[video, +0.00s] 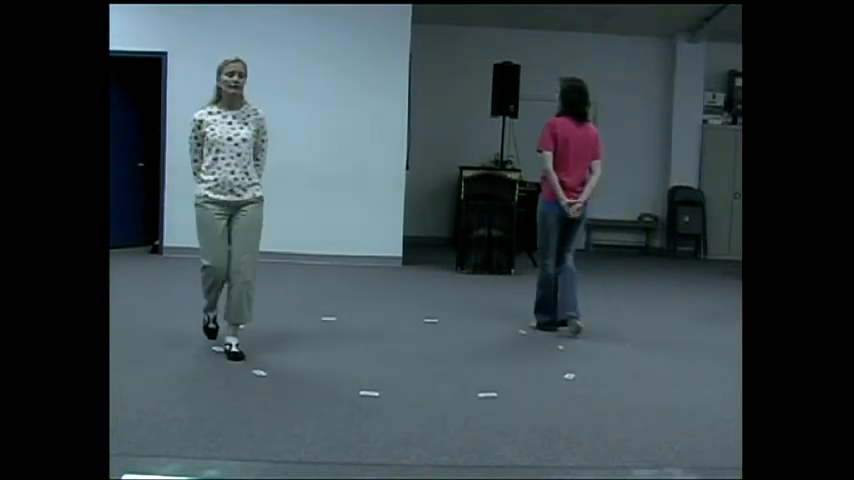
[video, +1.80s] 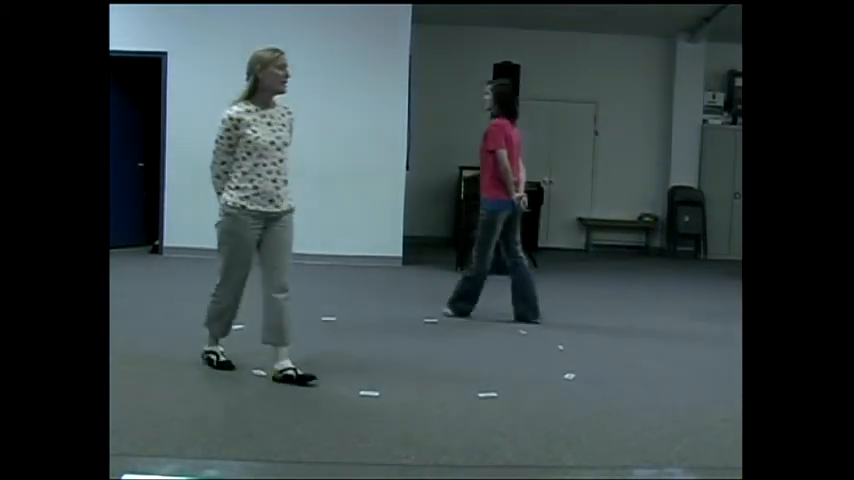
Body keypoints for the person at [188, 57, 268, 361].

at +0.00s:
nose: (235, 80)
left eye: (240, 76)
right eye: (229, 75)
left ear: (246, 82)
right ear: (219, 79)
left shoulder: (256, 118)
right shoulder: (203, 117)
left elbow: (260, 159)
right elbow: (196, 160)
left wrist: (251, 185)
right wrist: (207, 184)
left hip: (248, 199)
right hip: (211, 198)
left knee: (242, 269)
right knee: (217, 266)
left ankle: (233, 336)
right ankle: (210, 310)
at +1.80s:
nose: (287, 74)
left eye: (286, 68)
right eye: (279, 68)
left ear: (280, 75)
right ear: (258, 74)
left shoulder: (285, 115)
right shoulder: (236, 116)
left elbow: (278, 163)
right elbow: (219, 164)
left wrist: (264, 191)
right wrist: (227, 199)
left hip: (279, 211)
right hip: (241, 210)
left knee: (278, 286)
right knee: (232, 282)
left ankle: (282, 360)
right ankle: (214, 345)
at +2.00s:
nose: (309, 71)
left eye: (308, 66)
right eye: (301, 67)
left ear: (299, 75)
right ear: (281, 74)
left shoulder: (306, 115)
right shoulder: (260, 116)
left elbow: (297, 164)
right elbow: (243, 165)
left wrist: (275, 192)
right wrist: (250, 201)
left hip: (304, 211)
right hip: (268, 211)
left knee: (301, 289)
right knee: (275, 288)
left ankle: (286, 364)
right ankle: (229, 332)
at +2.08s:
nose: (315, 73)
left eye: (314, 68)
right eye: (308, 69)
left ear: (304, 77)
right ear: (287, 75)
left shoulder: (311, 118)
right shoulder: (267, 118)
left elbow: (303, 168)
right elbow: (249, 168)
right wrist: (254, 206)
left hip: (307, 212)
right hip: (273, 211)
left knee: (310, 289)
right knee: (291, 289)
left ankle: (286, 364)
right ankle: (240, 331)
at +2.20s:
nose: (329, 69)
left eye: (328, 64)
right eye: (322, 65)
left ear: (319, 72)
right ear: (301, 71)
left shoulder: (319, 114)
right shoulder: (283, 113)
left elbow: (311, 165)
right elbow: (262, 164)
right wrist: (264, 209)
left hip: (316, 207)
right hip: (287, 206)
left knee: (314, 284)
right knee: (318, 282)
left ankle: (287, 359)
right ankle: (283, 354)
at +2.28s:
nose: (336, 69)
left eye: (336, 63)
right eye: (329, 63)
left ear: (324, 71)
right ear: (308, 69)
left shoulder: (323, 110)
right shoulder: (294, 110)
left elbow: (316, 163)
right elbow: (271, 160)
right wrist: (269, 204)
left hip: (319, 207)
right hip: (295, 205)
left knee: (304, 286)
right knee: (326, 280)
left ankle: (285, 362)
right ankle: (314, 367)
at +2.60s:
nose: (368, 69)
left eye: (366, 64)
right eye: (360, 64)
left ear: (345, 72)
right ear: (340, 70)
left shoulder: (339, 112)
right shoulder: (335, 113)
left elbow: (325, 168)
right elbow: (319, 167)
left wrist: (315, 216)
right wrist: (312, 215)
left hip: (340, 211)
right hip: (345, 212)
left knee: (353, 295)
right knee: (368, 293)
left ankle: (300, 349)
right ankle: (369, 379)